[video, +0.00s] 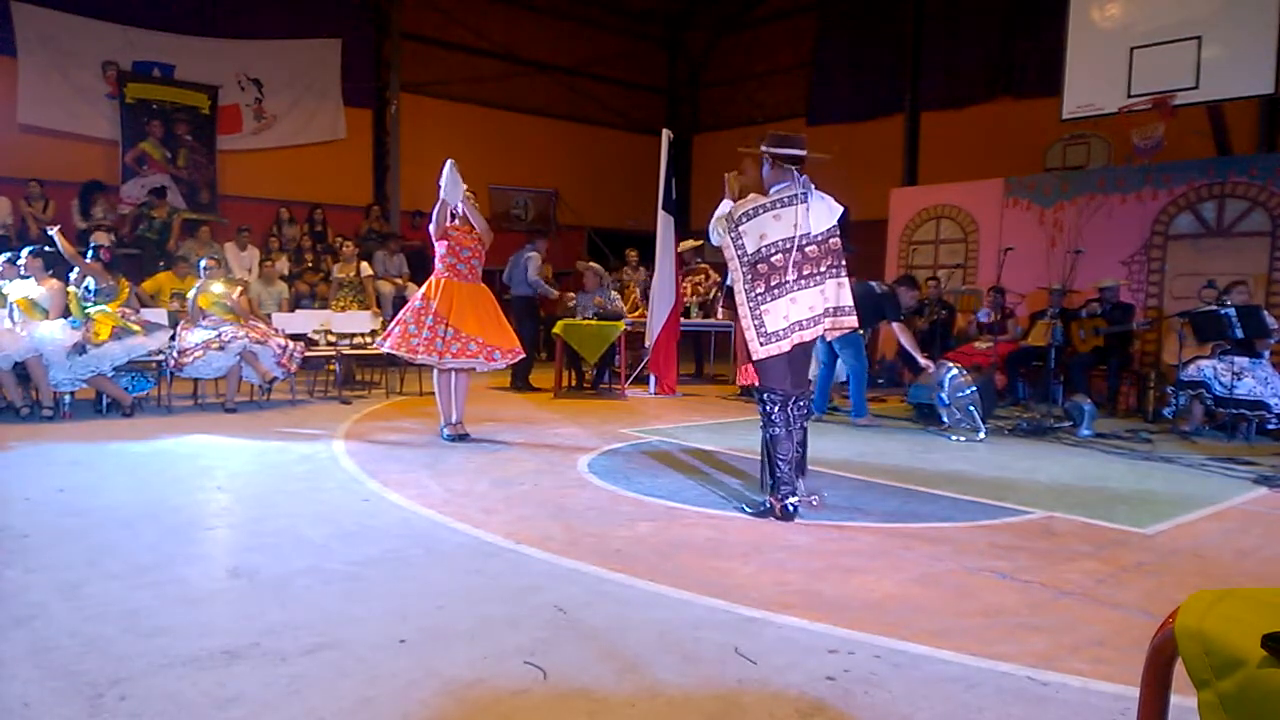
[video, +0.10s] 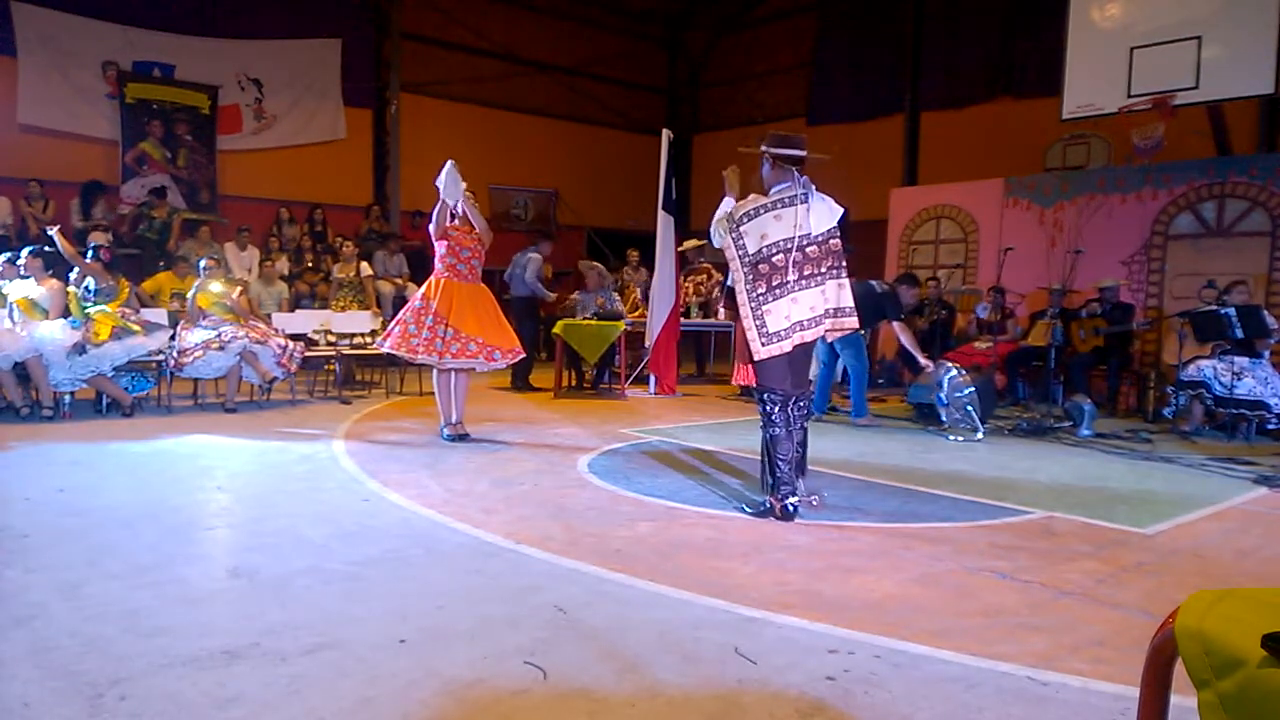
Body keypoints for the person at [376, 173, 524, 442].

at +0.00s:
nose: (467, 205)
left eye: (471, 201)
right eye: (463, 201)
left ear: (475, 208)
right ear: (454, 207)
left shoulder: (481, 237)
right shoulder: (442, 232)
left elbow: (485, 231)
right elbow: (438, 223)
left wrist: (466, 203)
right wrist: (445, 198)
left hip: (470, 296)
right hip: (444, 293)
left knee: (463, 364)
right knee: (444, 362)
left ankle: (458, 421)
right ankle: (446, 422)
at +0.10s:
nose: (463, 209)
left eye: (468, 204)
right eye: (458, 206)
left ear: (473, 209)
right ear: (452, 208)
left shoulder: (482, 237)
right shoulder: (442, 232)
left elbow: (482, 225)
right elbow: (437, 224)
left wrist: (466, 201)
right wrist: (444, 199)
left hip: (470, 296)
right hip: (444, 294)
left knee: (463, 364)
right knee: (443, 363)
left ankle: (459, 421)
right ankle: (446, 422)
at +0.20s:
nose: (465, 206)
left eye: (469, 201)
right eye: (460, 203)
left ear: (475, 208)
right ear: (453, 207)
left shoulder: (481, 237)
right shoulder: (441, 231)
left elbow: (482, 226)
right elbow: (437, 224)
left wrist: (464, 200)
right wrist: (446, 197)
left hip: (469, 296)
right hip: (443, 294)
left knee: (462, 364)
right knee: (443, 363)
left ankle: (458, 421)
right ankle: (446, 422)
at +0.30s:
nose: (465, 207)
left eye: (470, 203)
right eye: (460, 205)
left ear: (474, 210)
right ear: (454, 209)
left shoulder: (481, 238)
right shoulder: (442, 233)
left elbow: (482, 226)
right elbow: (437, 223)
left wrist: (464, 200)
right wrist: (445, 198)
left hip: (469, 296)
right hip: (443, 294)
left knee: (463, 364)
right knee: (443, 364)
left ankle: (458, 421)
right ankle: (446, 422)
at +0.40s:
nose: (463, 208)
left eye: (468, 203)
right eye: (459, 205)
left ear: (472, 208)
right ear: (452, 208)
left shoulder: (481, 236)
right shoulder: (440, 232)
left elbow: (481, 226)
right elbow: (437, 222)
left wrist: (463, 200)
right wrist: (445, 197)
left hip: (469, 295)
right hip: (443, 294)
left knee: (463, 364)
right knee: (443, 363)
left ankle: (458, 421)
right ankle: (445, 422)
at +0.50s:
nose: (462, 208)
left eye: (467, 203)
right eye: (459, 205)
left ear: (474, 209)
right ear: (452, 209)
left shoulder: (481, 237)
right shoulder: (441, 233)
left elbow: (482, 226)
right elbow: (436, 223)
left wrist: (461, 197)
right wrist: (445, 195)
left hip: (469, 296)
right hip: (442, 294)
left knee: (463, 364)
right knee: (443, 364)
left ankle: (458, 421)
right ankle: (445, 422)